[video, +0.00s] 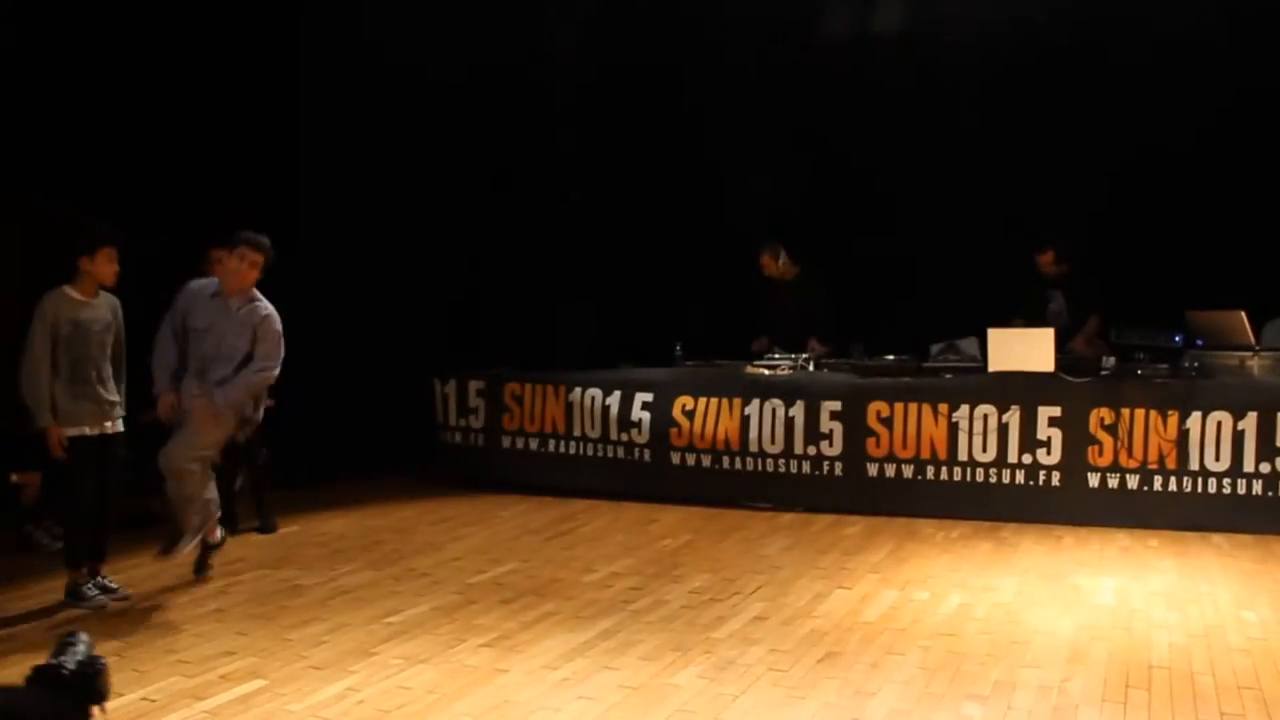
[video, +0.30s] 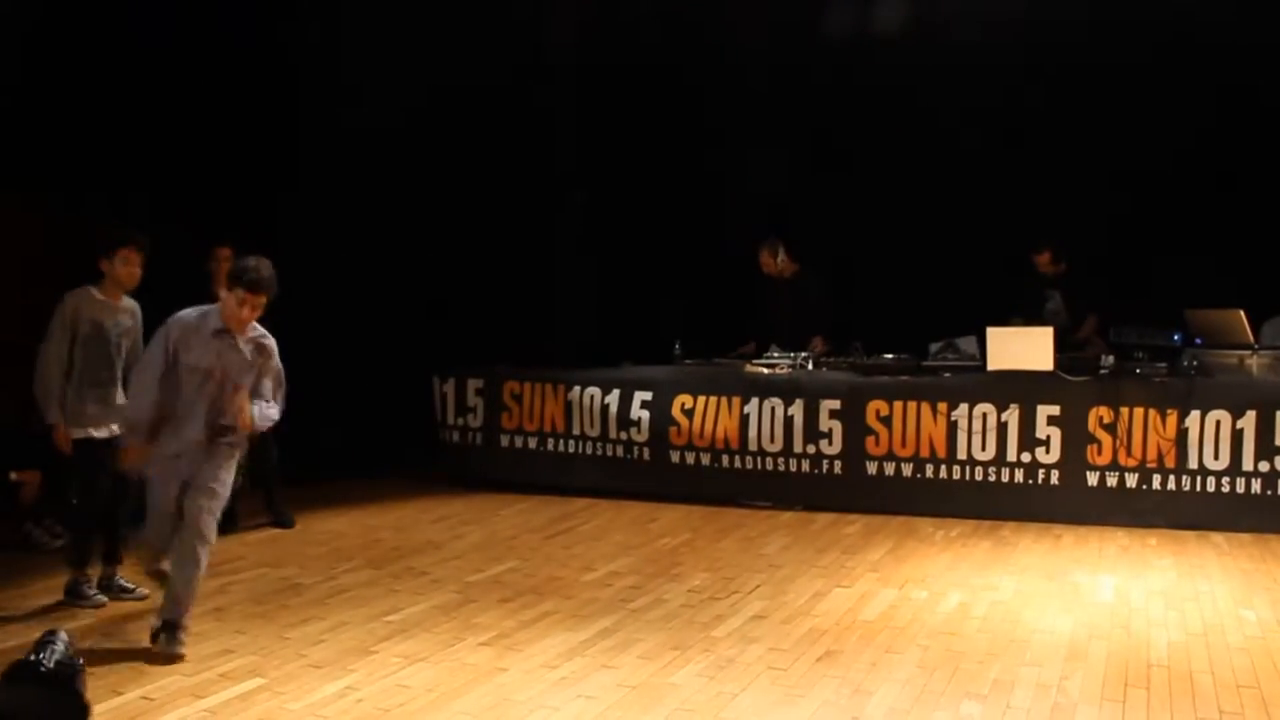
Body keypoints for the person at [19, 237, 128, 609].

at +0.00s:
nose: (115, 269)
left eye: (115, 262)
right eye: (108, 262)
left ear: (106, 267)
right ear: (85, 264)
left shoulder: (112, 306)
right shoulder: (54, 306)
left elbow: (117, 362)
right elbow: (37, 368)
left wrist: (118, 406)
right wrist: (48, 423)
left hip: (109, 426)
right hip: (71, 431)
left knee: (105, 503)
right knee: (77, 505)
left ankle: (97, 573)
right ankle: (77, 579)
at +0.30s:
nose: (135, 272)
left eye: (138, 264)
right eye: (127, 263)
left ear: (139, 269)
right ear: (106, 265)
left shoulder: (132, 310)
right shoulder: (76, 305)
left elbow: (135, 366)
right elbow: (52, 363)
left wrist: (138, 417)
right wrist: (56, 420)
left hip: (116, 426)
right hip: (79, 428)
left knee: (117, 503)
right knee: (83, 507)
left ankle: (110, 574)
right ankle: (79, 577)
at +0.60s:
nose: (157, 253)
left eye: (163, 246)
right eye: (149, 245)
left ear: (168, 252)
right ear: (132, 248)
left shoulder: (164, 296)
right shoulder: (113, 290)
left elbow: (166, 356)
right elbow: (94, 348)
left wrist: (165, 403)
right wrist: (94, 405)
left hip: (150, 413)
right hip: (117, 415)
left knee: (136, 493)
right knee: (125, 493)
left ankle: (119, 566)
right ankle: (116, 567)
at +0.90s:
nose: (207, 268)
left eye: (210, 259)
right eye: (201, 258)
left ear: (208, 262)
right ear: (181, 258)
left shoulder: (186, 304)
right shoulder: (160, 300)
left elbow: (179, 372)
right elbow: (144, 360)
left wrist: (193, 422)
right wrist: (143, 418)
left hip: (184, 422)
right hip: (164, 425)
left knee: (187, 490)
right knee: (174, 495)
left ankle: (149, 543)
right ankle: (167, 572)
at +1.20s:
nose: (217, 264)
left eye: (218, 256)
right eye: (213, 255)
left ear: (195, 255)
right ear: (194, 253)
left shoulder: (174, 292)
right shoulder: (185, 291)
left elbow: (167, 360)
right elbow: (189, 353)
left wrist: (162, 417)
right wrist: (198, 407)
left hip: (181, 414)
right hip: (182, 415)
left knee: (204, 486)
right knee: (164, 491)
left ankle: (221, 559)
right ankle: (142, 571)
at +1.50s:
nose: (179, 279)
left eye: (179, 273)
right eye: (179, 272)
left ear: (145, 265)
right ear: (169, 266)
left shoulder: (118, 299)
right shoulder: (165, 292)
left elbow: (116, 364)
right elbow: (176, 352)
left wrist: (124, 421)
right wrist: (181, 407)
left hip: (135, 412)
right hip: (164, 410)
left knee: (151, 482)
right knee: (184, 473)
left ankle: (153, 560)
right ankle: (182, 550)